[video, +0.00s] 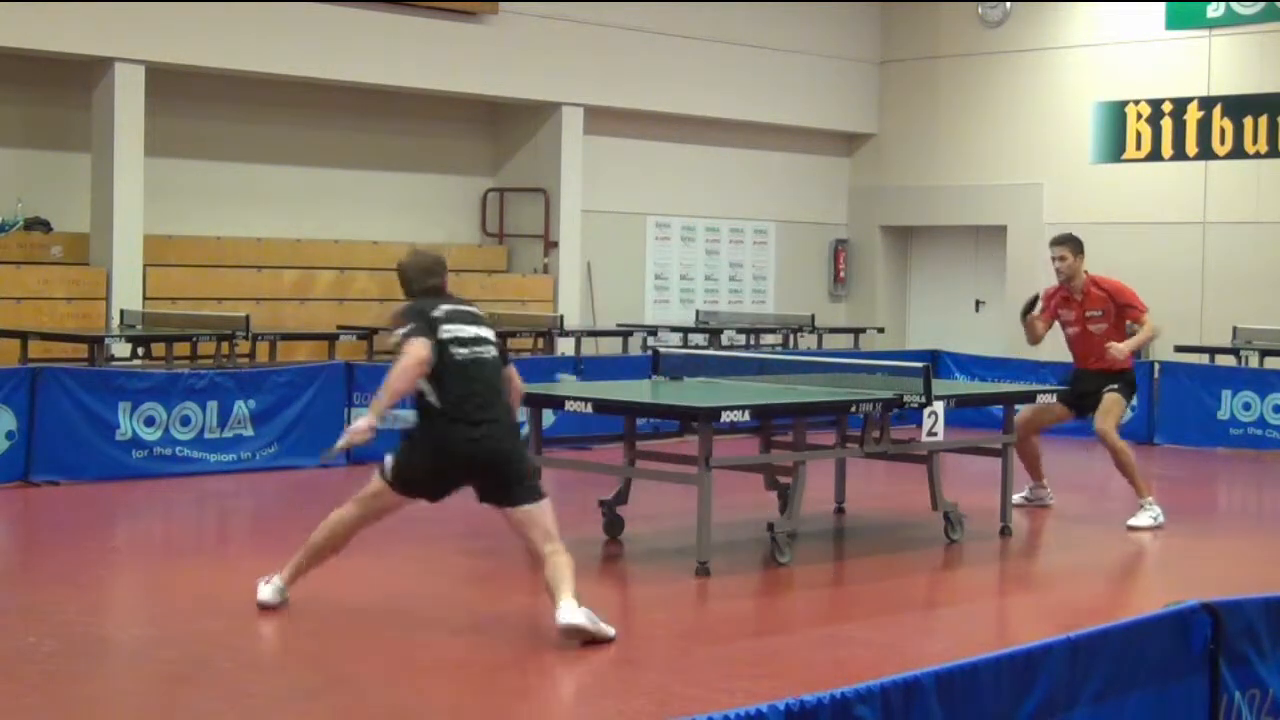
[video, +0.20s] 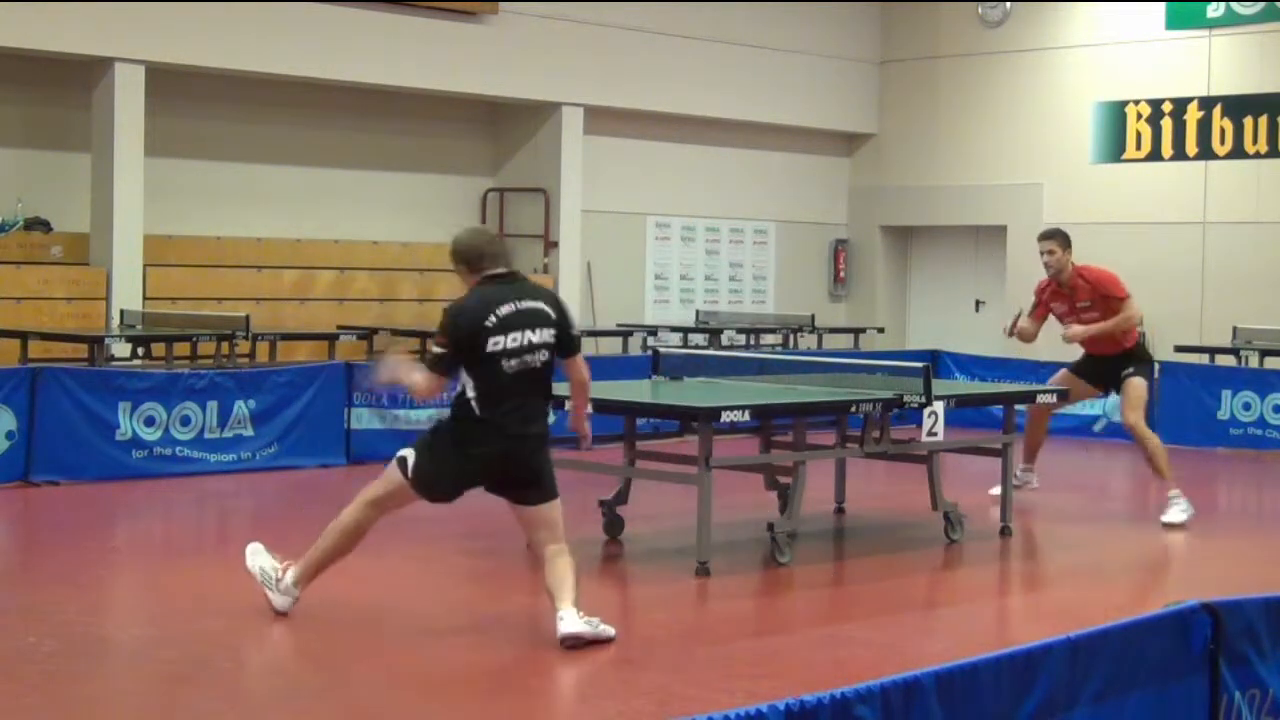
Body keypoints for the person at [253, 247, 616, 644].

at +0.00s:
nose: (404, 295)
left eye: (403, 289)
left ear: (406, 287)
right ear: (447, 283)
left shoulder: (417, 315)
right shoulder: (478, 319)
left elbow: (418, 358)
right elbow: (515, 389)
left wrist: (372, 417)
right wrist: (502, 439)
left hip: (440, 444)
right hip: (499, 445)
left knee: (357, 512)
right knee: (549, 541)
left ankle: (280, 584)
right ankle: (568, 606)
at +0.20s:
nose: (455, 279)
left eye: (455, 272)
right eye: (456, 272)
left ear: (466, 270)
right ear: (504, 260)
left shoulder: (463, 314)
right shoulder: (548, 302)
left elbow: (432, 389)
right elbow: (581, 377)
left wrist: (405, 369)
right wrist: (580, 415)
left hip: (467, 441)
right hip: (528, 443)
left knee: (372, 501)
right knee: (551, 541)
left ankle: (289, 581)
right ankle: (568, 615)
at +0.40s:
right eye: (523, 237)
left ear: (475, 245)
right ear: (520, 247)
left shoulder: (450, 272)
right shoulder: (539, 315)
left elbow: (410, 200)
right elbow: (577, 387)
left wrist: (463, 163)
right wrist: (631, 425)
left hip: (439, 421)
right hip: (506, 431)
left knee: (375, 475)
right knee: (559, 517)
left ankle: (336, 584)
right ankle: (569, 613)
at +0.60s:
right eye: (493, 209)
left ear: (448, 212)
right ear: (494, 214)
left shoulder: (417, 246)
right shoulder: (505, 279)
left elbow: (330, 242)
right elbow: (518, 366)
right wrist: (549, 425)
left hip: (405, 398)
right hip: (469, 408)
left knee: (355, 476)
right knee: (545, 494)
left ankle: (304, 584)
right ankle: (566, 615)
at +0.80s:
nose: (420, 221)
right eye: (418, 215)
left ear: (371, 219)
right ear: (414, 219)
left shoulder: (339, 264)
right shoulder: (428, 272)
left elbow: (269, 294)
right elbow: (471, 349)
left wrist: (267, 294)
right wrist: (516, 386)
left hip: (342, 405)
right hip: (407, 407)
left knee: (314, 491)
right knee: (486, 500)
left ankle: (287, 606)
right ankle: (556, 612)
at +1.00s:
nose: (373, 208)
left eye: (368, 202)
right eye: (370, 203)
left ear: (319, 209)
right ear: (364, 207)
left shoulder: (286, 248)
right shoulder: (383, 255)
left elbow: (225, 320)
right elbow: (438, 333)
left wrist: (250, 352)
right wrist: (462, 381)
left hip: (274, 373)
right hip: (340, 378)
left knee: (244, 468)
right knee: (410, 487)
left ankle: (216, 588)